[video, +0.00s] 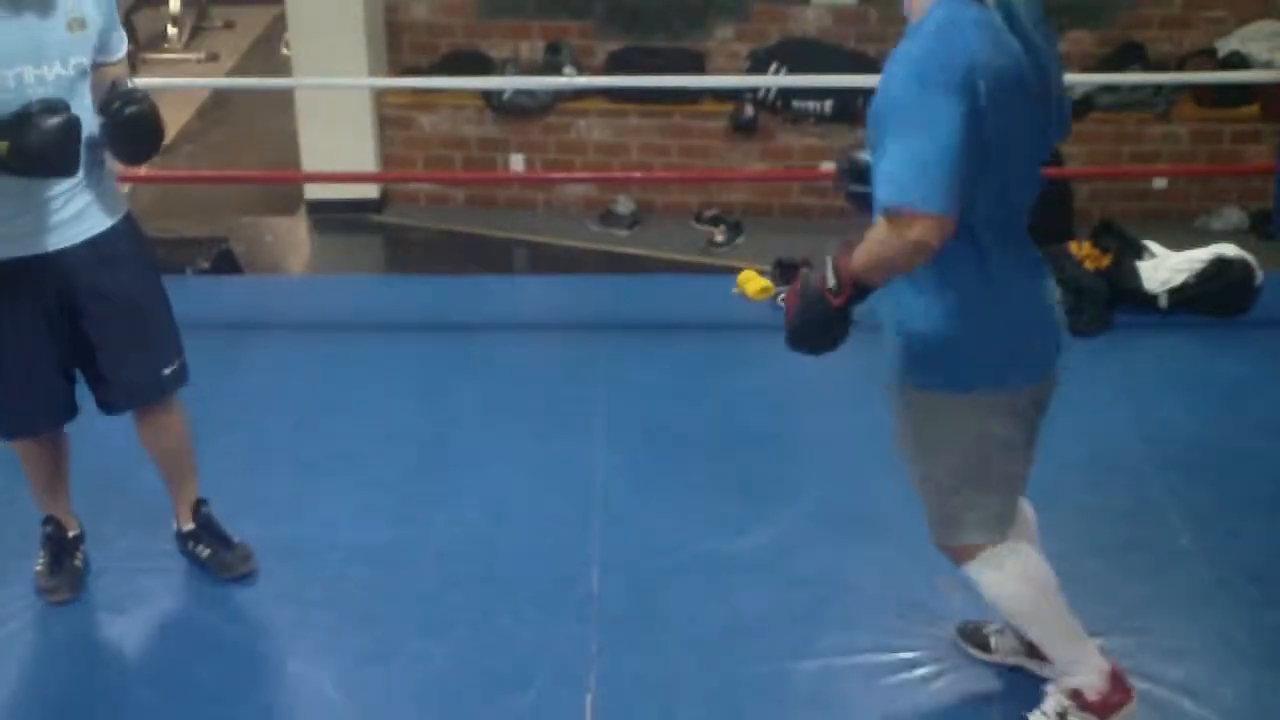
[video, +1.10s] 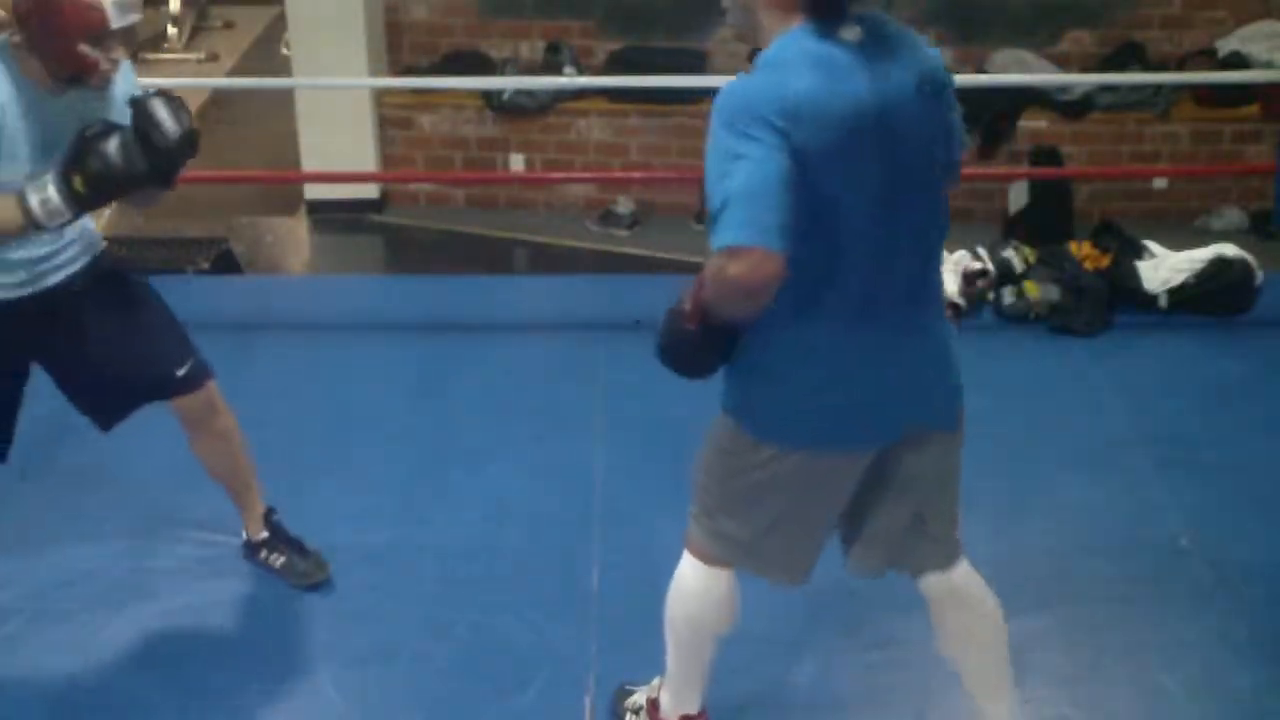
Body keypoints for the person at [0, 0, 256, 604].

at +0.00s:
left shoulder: (91, 7)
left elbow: (110, 83)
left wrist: (129, 123)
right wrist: (4, 146)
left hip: (96, 227)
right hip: (9, 248)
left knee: (154, 385)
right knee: (29, 412)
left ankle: (192, 521)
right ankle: (59, 533)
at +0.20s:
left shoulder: (127, 8)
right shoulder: (11, 15)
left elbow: (135, 85)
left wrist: (136, 132)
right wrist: (5, 153)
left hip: (84, 228)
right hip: (4, 245)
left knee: (141, 383)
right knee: (1, 418)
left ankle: (193, 521)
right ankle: (23, 524)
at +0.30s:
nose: (104, 6)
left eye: (111, 3)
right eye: (94, 4)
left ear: (116, 0)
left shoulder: (125, 13)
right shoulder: (10, 23)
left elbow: (134, 88)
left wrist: (128, 134)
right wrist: (6, 167)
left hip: (70, 226)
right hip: (3, 235)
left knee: (139, 377)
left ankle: (191, 519)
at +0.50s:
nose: (59, 12)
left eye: (64, 3)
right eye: (43, 5)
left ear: (71, 3)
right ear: (11, 6)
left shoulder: (68, 30)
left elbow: (89, 112)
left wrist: (103, 146)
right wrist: (7, 183)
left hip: (42, 250)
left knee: (144, 385)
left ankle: (193, 522)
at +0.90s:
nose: (13, 60)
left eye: (19, 43)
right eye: (1, 46)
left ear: (30, 43)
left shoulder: (30, 80)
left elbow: (83, 198)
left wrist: (85, 147)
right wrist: (26, 160)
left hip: (17, 276)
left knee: (146, 398)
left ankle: (254, 525)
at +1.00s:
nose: (60, 65)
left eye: (62, 46)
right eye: (44, 54)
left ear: (67, 36)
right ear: (9, 60)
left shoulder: (73, 83)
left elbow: (111, 208)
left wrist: (121, 166)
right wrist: (34, 197)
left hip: (39, 270)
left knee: (170, 391)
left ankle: (258, 528)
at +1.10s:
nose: (112, 61)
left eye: (118, 41)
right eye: (95, 49)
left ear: (123, 27)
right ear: (39, 45)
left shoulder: (110, 67)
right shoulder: (6, 90)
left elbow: (137, 196)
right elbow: (3, 214)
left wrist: (153, 162)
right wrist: (59, 194)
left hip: (74, 268)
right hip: (4, 293)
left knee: (195, 389)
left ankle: (259, 529)